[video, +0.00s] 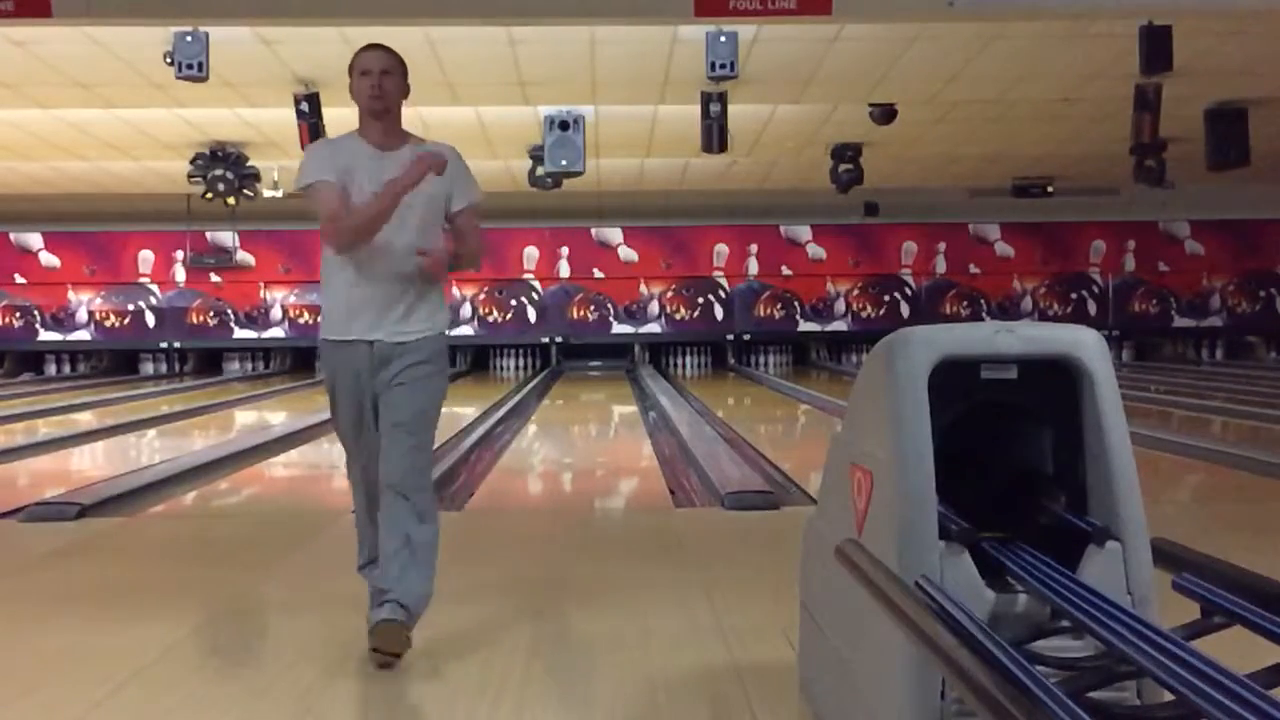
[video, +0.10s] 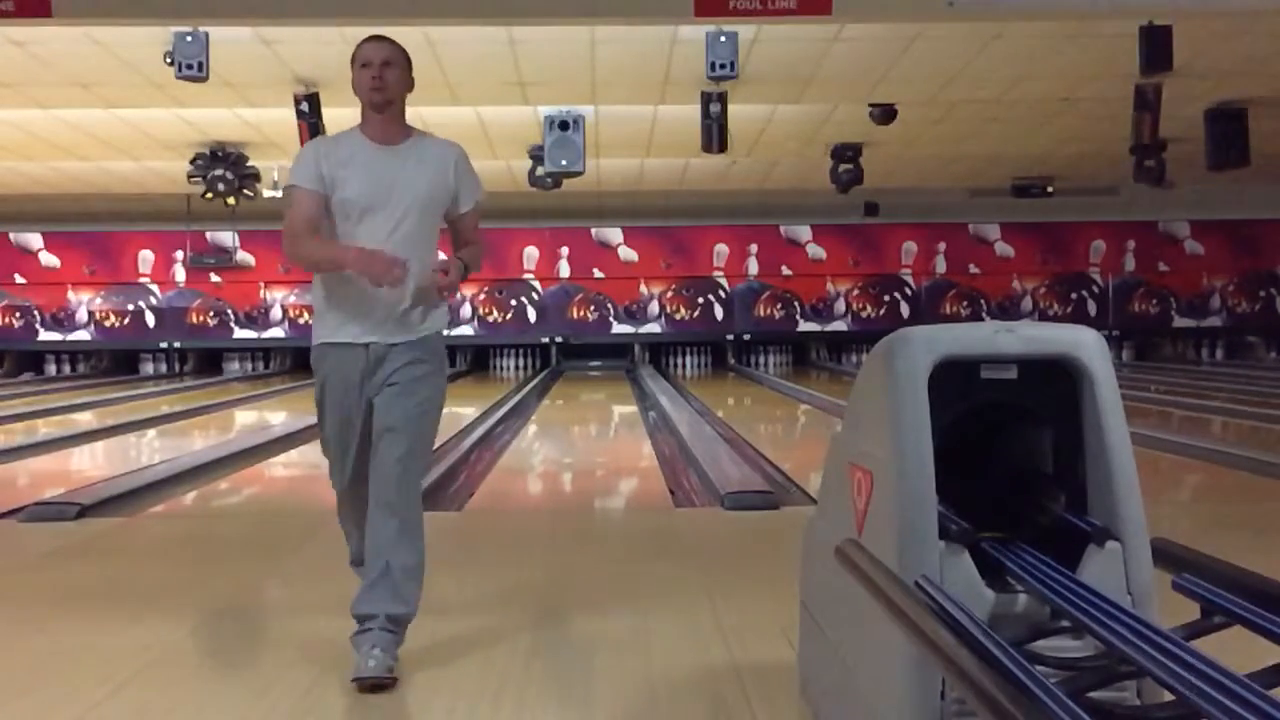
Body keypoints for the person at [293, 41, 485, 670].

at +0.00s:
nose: (375, 83)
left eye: (386, 74)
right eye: (364, 75)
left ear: (406, 88)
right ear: (351, 88)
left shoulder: (441, 160)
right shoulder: (326, 156)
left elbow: (472, 246)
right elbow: (342, 233)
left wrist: (451, 255)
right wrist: (406, 181)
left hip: (417, 338)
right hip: (347, 339)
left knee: (404, 473)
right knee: (366, 473)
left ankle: (396, 609)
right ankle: (381, 589)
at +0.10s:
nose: (375, 75)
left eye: (387, 65)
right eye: (365, 66)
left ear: (410, 80)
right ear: (352, 81)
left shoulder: (445, 159)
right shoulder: (320, 156)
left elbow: (471, 245)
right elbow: (297, 244)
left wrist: (458, 266)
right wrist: (355, 257)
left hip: (415, 345)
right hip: (341, 346)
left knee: (395, 486)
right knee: (352, 486)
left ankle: (379, 635)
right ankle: (377, 588)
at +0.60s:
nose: (345, 15)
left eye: (363, 6)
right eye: (334, 7)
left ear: (392, 25)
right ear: (321, 26)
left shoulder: (437, 117)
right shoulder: (287, 122)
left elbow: (471, 215)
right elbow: (258, 227)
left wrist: (462, 271)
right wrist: (241, 317)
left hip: (406, 351)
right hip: (313, 348)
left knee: (392, 511)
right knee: (327, 518)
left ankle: (381, 634)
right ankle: (321, 690)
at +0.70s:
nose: (337, 5)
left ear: (382, 11)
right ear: (312, 11)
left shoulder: (432, 100)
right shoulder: (274, 110)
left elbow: (456, 209)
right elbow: (256, 236)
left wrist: (463, 314)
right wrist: (249, 336)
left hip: (405, 349)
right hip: (305, 343)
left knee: (401, 525)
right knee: (319, 526)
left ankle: (379, 635)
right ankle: (320, 704)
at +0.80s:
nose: (340, 1)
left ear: (377, 5)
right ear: (313, 4)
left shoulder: (432, 85)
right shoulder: (265, 98)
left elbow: (461, 214)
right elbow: (252, 231)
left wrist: (471, 329)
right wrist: (243, 347)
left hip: (403, 343)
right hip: (295, 339)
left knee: (413, 529)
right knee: (312, 536)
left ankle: (393, 633)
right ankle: (323, 705)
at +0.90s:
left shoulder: (437, 74)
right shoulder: (260, 85)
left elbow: (471, 208)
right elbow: (239, 214)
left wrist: (483, 326)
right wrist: (236, 324)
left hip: (406, 340)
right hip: (293, 342)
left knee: (414, 525)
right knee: (317, 541)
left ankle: (414, 671)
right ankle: (325, 705)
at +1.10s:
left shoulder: (458, 64)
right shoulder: (265, 60)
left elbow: (491, 209)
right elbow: (214, 161)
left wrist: (504, 327)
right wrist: (209, 230)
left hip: (423, 346)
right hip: (302, 347)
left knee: (429, 536)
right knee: (320, 549)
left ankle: (441, 710)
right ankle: (324, 708)